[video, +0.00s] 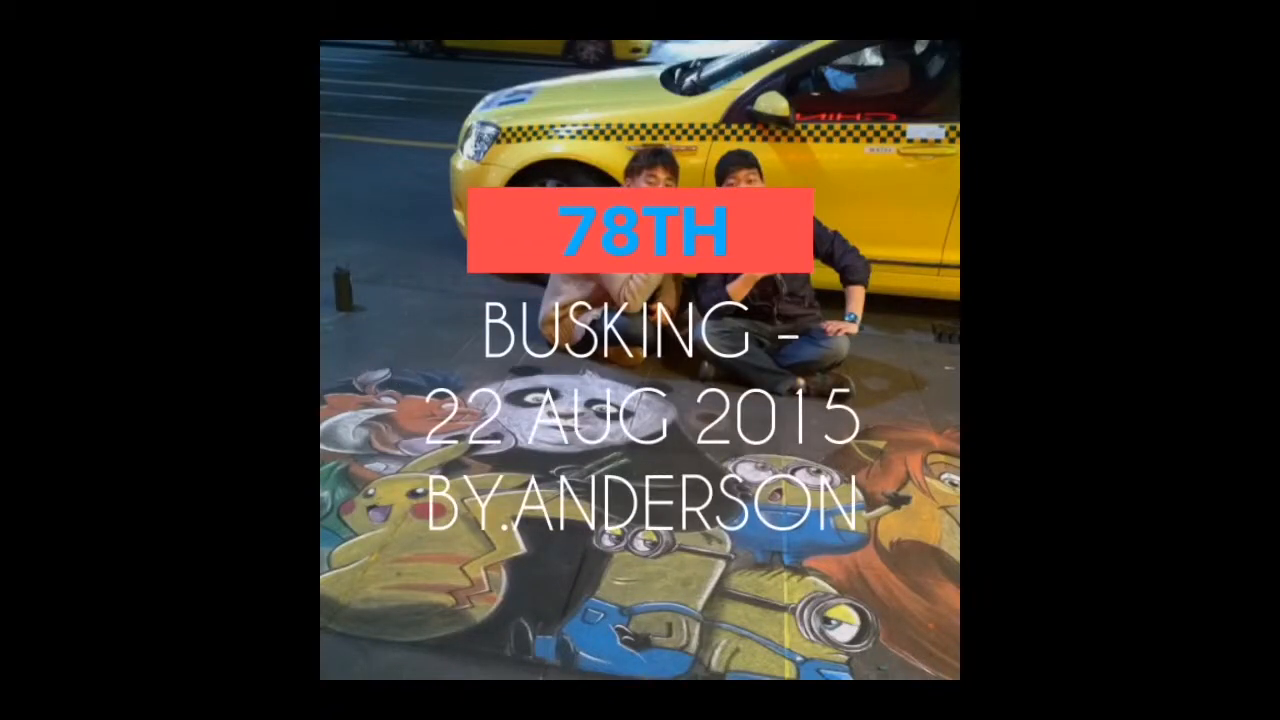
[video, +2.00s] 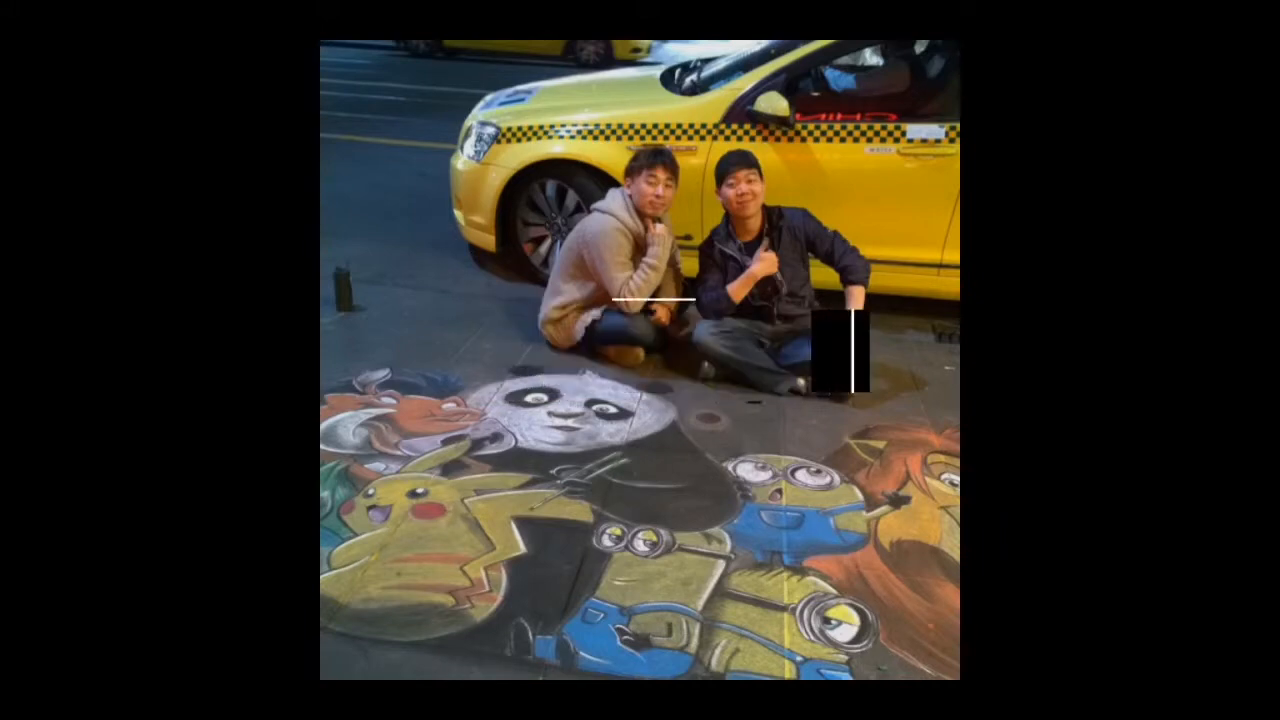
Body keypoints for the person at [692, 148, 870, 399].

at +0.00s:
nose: (743, 190)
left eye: (750, 181)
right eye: (732, 184)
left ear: (763, 184)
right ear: (721, 192)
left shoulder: (791, 220)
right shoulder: (716, 230)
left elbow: (853, 262)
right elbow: (707, 303)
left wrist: (851, 319)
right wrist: (751, 276)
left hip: (800, 325)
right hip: (747, 324)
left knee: (837, 345)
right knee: (708, 333)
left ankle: (732, 371)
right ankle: (798, 386)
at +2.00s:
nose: (743, 191)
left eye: (750, 181)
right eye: (732, 185)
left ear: (763, 186)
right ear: (720, 195)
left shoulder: (795, 222)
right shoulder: (713, 247)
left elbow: (853, 263)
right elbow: (709, 308)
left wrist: (852, 323)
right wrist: (752, 274)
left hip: (799, 330)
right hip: (748, 330)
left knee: (834, 358)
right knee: (704, 334)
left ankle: (733, 372)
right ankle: (788, 384)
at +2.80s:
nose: (742, 190)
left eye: (750, 181)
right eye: (732, 184)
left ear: (763, 187)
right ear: (720, 195)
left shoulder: (795, 222)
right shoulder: (713, 245)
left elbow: (853, 262)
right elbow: (709, 301)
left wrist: (852, 320)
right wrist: (753, 273)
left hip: (799, 329)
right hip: (744, 333)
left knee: (837, 346)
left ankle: (749, 370)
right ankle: (799, 386)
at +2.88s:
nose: (743, 190)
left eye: (750, 181)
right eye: (733, 184)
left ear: (763, 186)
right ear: (720, 191)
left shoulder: (792, 221)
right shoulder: (713, 231)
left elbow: (853, 262)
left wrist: (851, 320)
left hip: (792, 326)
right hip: (735, 331)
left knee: (839, 344)